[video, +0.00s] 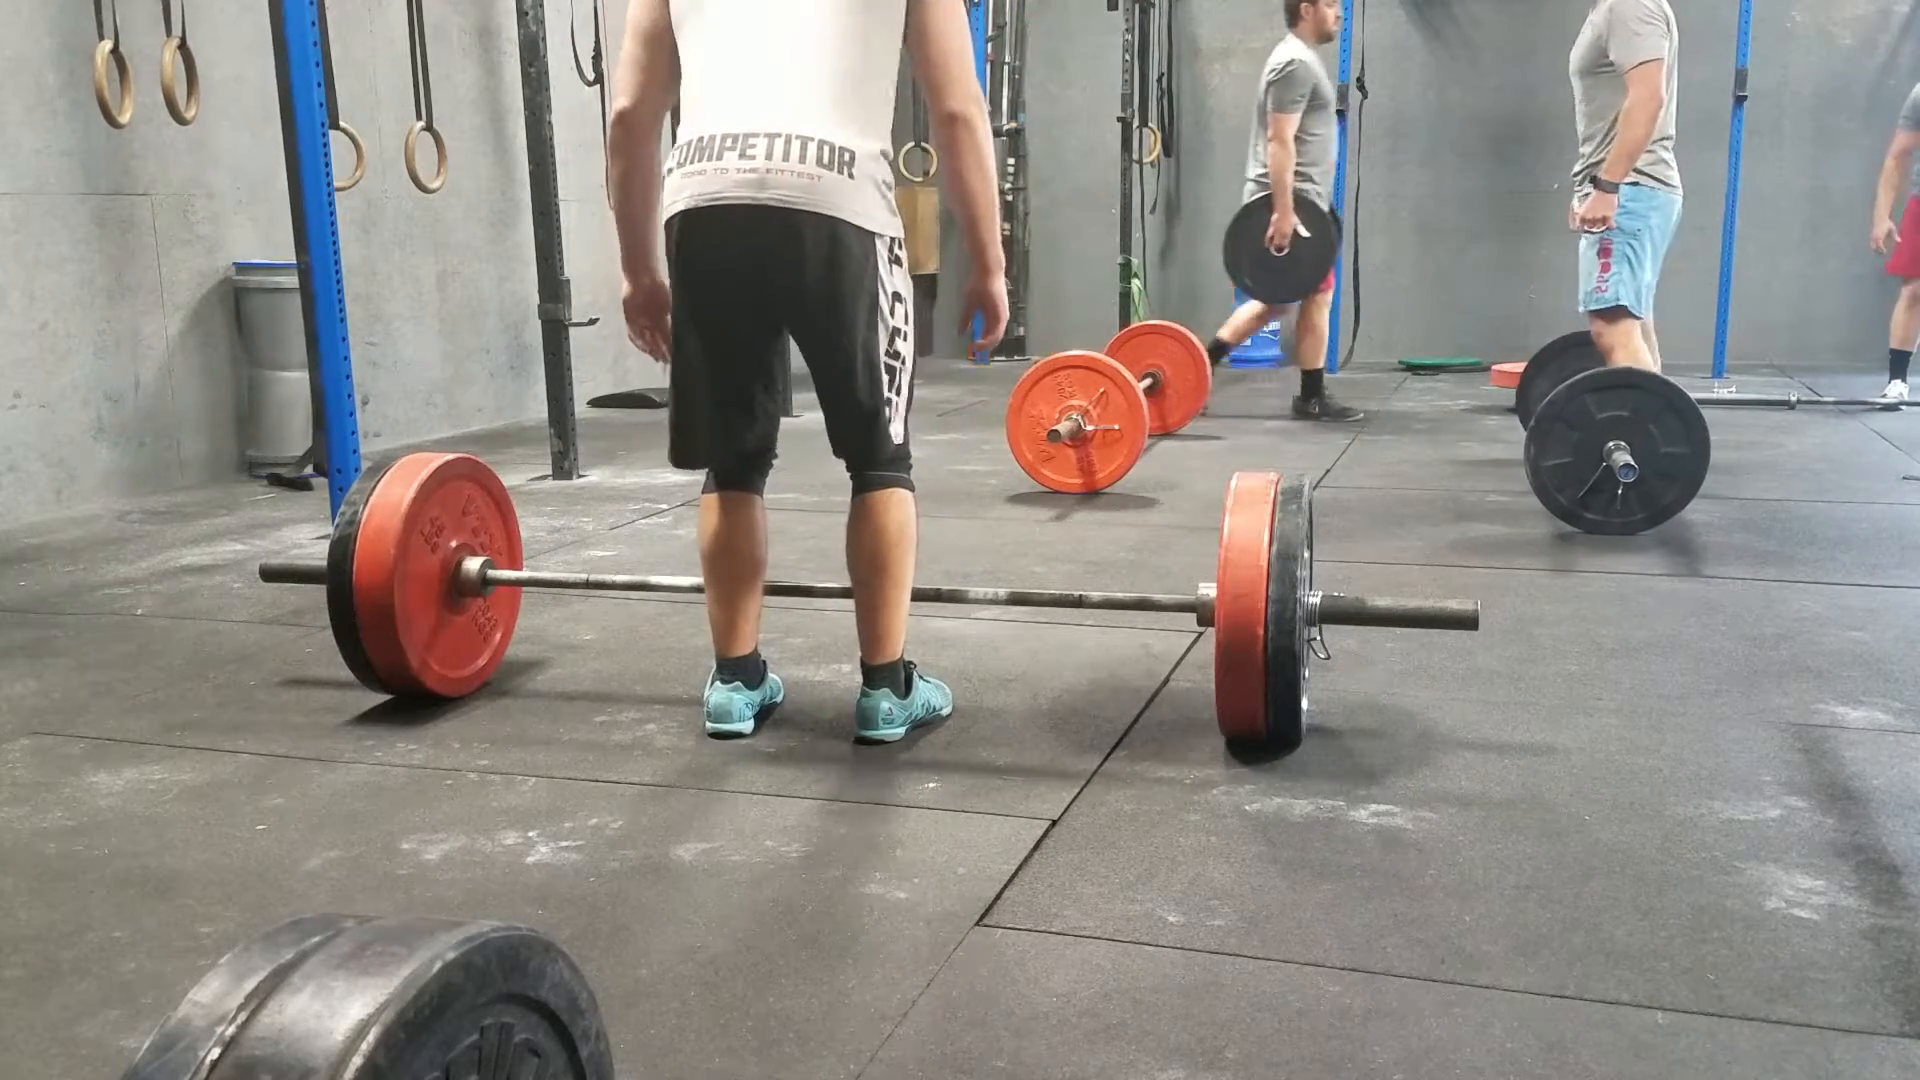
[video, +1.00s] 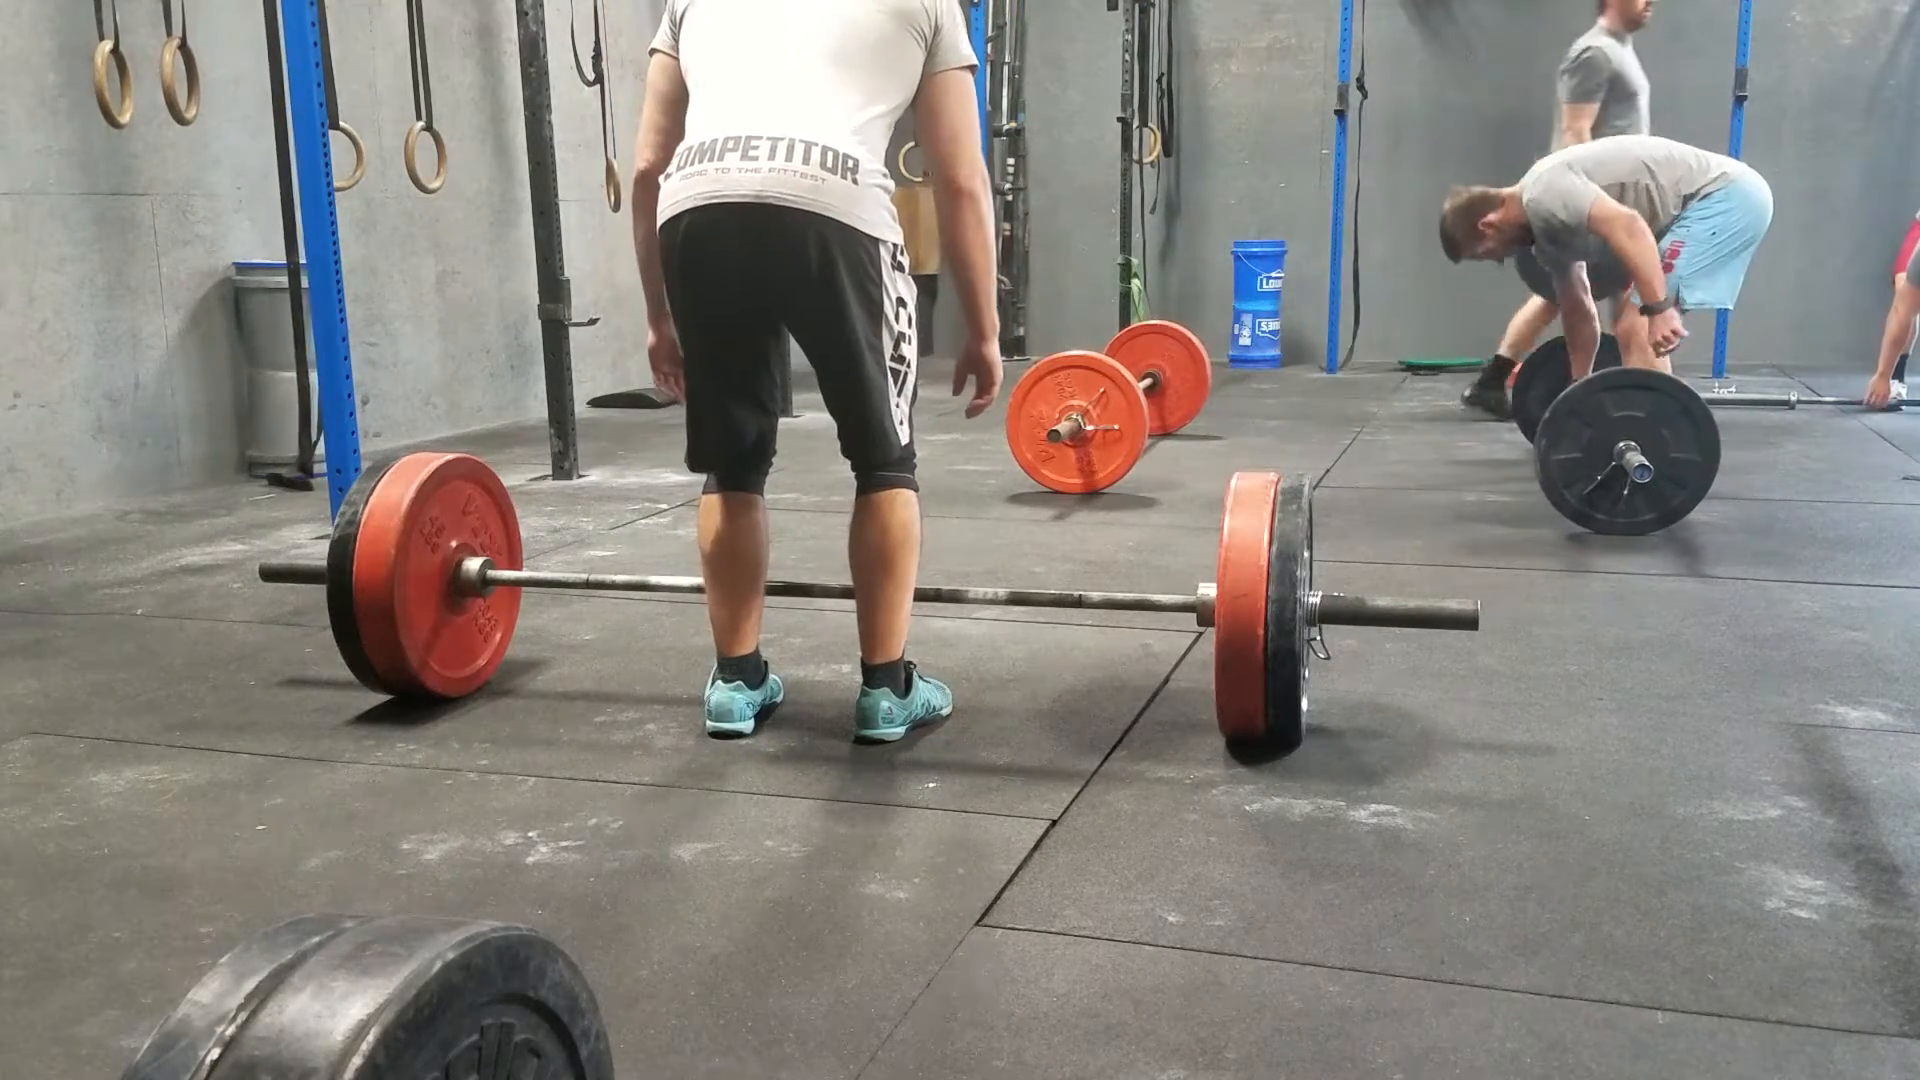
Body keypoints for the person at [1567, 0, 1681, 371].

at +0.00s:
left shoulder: (1631, 8)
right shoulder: (1615, 10)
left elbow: (1647, 99)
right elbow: (1619, 109)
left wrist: (1606, 186)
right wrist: (1587, 188)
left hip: (1630, 187)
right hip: (1636, 188)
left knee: (1613, 329)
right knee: (1632, 327)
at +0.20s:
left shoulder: (1623, 12)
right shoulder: (1595, 21)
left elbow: (1654, 103)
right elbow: (1612, 119)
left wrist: (1617, 189)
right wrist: (1589, 190)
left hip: (1657, 184)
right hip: (1634, 186)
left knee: (1637, 331)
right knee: (1626, 331)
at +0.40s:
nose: (1508, 72)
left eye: (1503, 60)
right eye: (1500, 64)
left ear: (1523, 33)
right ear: (1526, 34)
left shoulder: (1593, 47)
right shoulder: (1578, 66)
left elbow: (1650, 121)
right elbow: (1601, 164)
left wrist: (1629, 216)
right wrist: (1587, 238)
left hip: (1694, 186)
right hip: (1676, 188)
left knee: (1642, 327)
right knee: (1643, 329)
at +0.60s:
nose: (1497, 159)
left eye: (1490, 150)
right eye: (1488, 156)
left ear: (1501, 121)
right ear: (1500, 121)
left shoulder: (1569, 109)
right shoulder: (1555, 149)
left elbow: (1645, 164)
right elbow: (1586, 227)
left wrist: (1652, 252)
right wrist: (1580, 308)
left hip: (1721, 187)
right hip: (1699, 193)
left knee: (1650, 324)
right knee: (1646, 325)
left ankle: (1658, 455)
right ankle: (1658, 453)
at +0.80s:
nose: (1500, 227)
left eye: (1490, 219)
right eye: (1490, 225)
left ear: (1493, 190)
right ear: (1496, 187)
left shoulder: (1555, 157)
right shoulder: (1550, 203)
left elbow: (1638, 193)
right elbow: (1576, 285)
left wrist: (1668, 276)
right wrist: (1569, 366)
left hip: (1727, 191)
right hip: (1703, 201)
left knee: (1645, 325)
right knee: (1646, 327)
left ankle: (1661, 453)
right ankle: (1660, 452)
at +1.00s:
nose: (1499, 261)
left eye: (1488, 255)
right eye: (1489, 259)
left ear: (1488, 226)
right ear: (1491, 222)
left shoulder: (1547, 192)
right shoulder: (1548, 230)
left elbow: (1629, 227)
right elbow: (1577, 307)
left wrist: (1658, 309)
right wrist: (1580, 390)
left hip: (1726, 193)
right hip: (1705, 202)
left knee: (1634, 328)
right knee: (1631, 327)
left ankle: (1660, 452)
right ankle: (1653, 450)